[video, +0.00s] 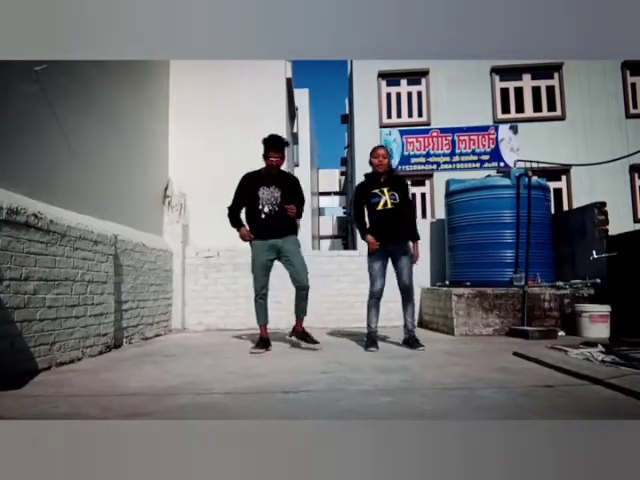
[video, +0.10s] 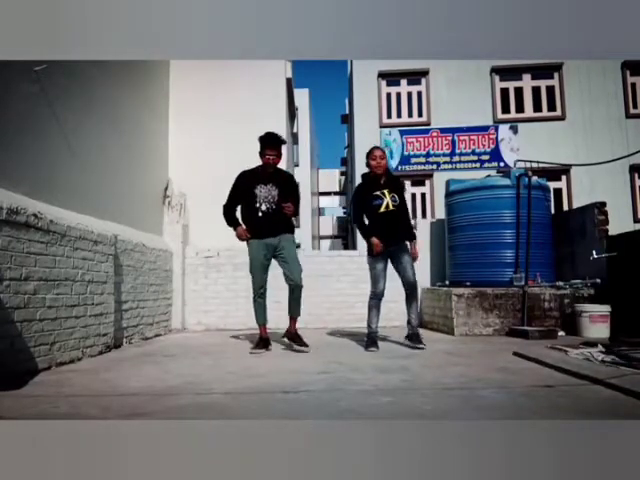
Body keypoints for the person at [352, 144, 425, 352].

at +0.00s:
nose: (380, 161)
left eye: (383, 157)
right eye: (376, 157)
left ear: (389, 160)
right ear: (371, 161)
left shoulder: (400, 182)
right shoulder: (363, 187)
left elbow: (409, 213)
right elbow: (357, 214)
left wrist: (415, 241)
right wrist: (366, 235)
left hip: (401, 242)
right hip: (377, 243)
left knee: (407, 287)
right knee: (376, 290)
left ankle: (410, 334)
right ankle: (371, 335)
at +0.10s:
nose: (378, 162)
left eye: (381, 158)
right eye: (374, 159)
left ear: (386, 161)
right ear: (367, 163)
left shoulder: (396, 183)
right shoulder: (362, 189)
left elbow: (404, 213)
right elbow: (357, 218)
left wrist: (412, 240)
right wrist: (370, 238)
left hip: (399, 242)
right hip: (377, 245)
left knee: (411, 283)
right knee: (377, 291)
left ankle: (413, 331)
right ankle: (372, 336)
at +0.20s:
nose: (379, 162)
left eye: (382, 158)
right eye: (375, 159)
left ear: (387, 160)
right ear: (369, 162)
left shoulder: (396, 184)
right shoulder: (363, 188)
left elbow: (400, 213)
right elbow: (361, 217)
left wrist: (408, 239)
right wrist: (375, 236)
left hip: (399, 241)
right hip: (378, 244)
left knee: (413, 282)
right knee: (378, 290)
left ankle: (416, 328)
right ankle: (372, 335)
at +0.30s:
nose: (382, 162)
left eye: (384, 158)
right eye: (377, 159)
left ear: (388, 160)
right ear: (371, 162)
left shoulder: (397, 183)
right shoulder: (366, 186)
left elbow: (400, 212)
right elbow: (366, 215)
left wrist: (405, 237)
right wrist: (378, 235)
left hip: (400, 240)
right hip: (380, 243)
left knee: (413, 284)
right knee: (378, 289)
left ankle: (417, 330)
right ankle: (371, 334)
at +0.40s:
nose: (386, 165)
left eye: (388, 161)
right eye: (381, 162)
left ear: (393, 163)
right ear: (375, 165)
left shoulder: (399, 185)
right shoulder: (371, 187)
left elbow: (403, 212)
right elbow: (369, 217)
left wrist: (407, 236)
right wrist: (381, 236)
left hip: (403, 241)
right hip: (384, 244)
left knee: (412, 289)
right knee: (378, 290)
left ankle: (415, 333)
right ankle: (371, 335)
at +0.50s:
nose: (392, 165)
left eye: (394, 162)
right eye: (388, 163)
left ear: (399, 164)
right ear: (382, 166)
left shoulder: (407, 188)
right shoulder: (376, 187)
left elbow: (412, 216)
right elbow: (373, 216)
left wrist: (412, 239)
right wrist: (382, 237)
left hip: (409, 243)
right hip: (388, 244)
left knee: (413, 290)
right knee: (382, 291)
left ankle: (415, 333)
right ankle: (372, 335)